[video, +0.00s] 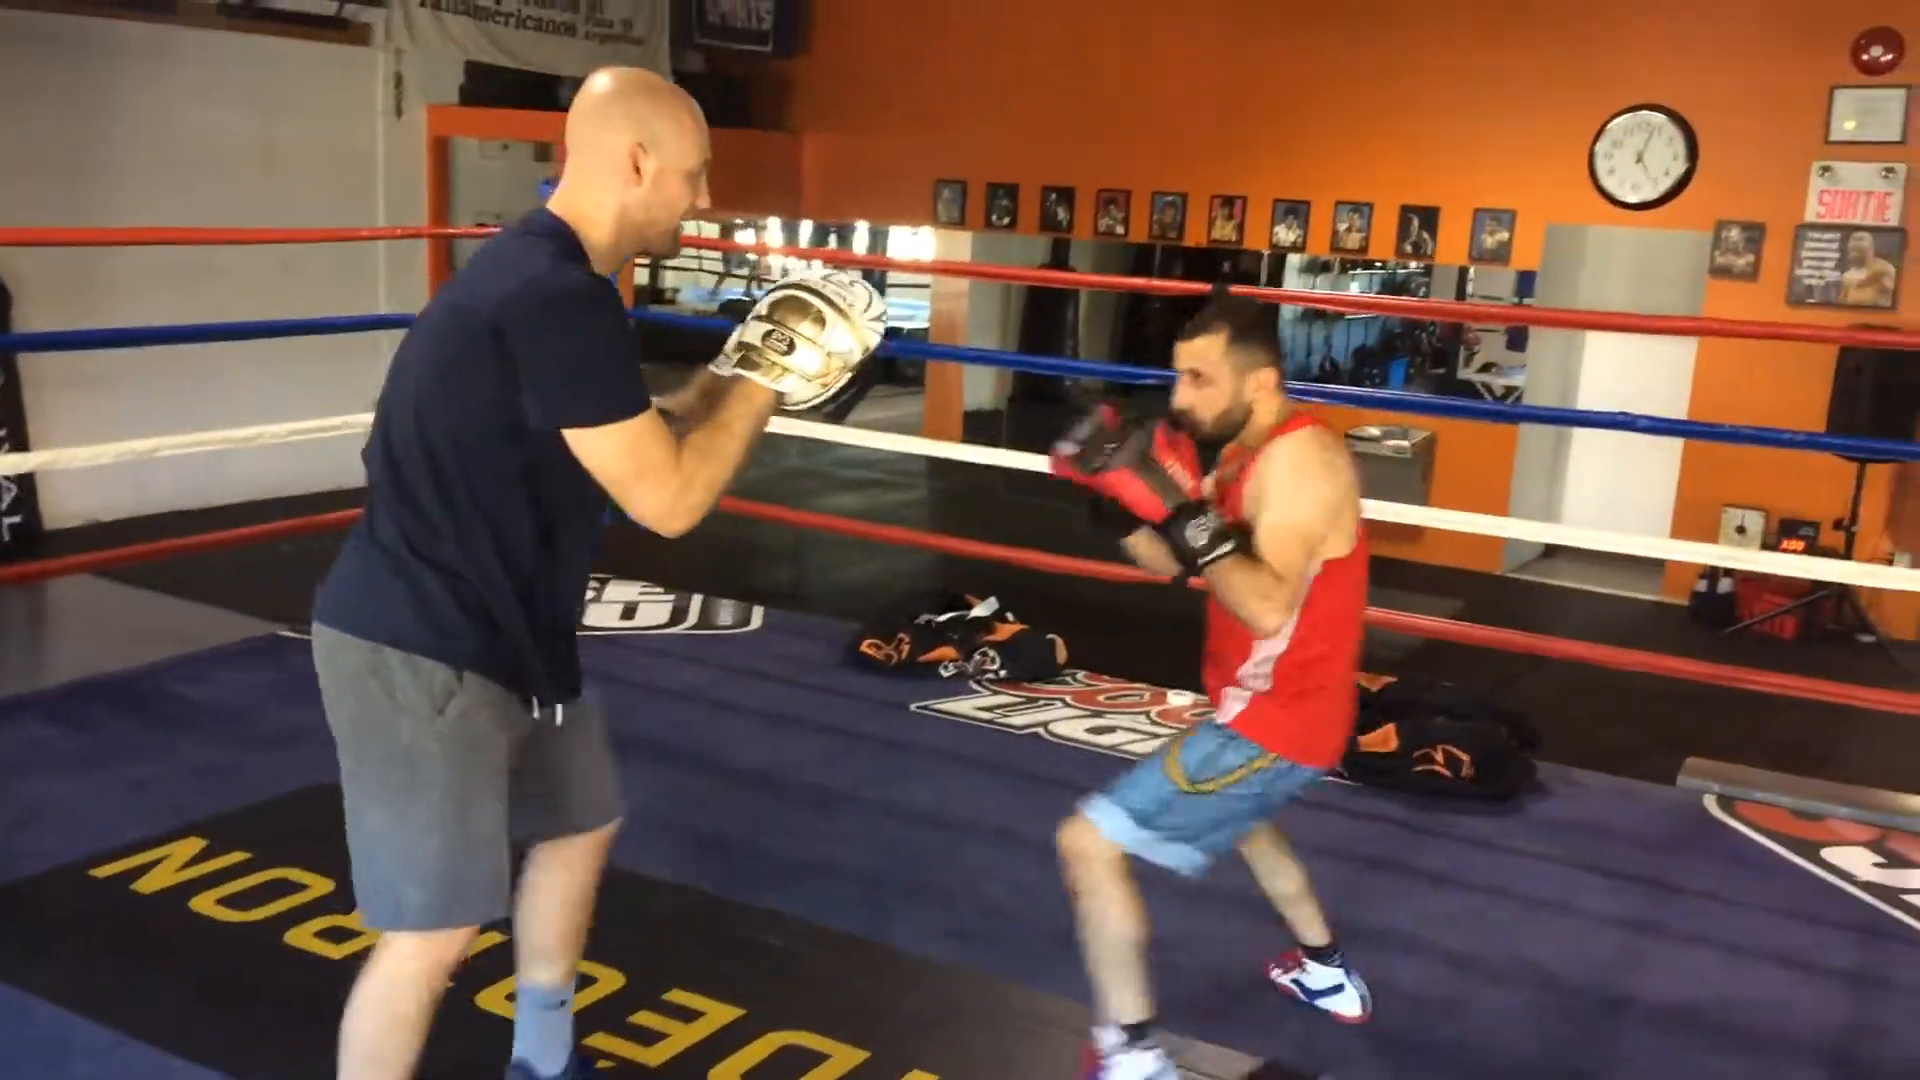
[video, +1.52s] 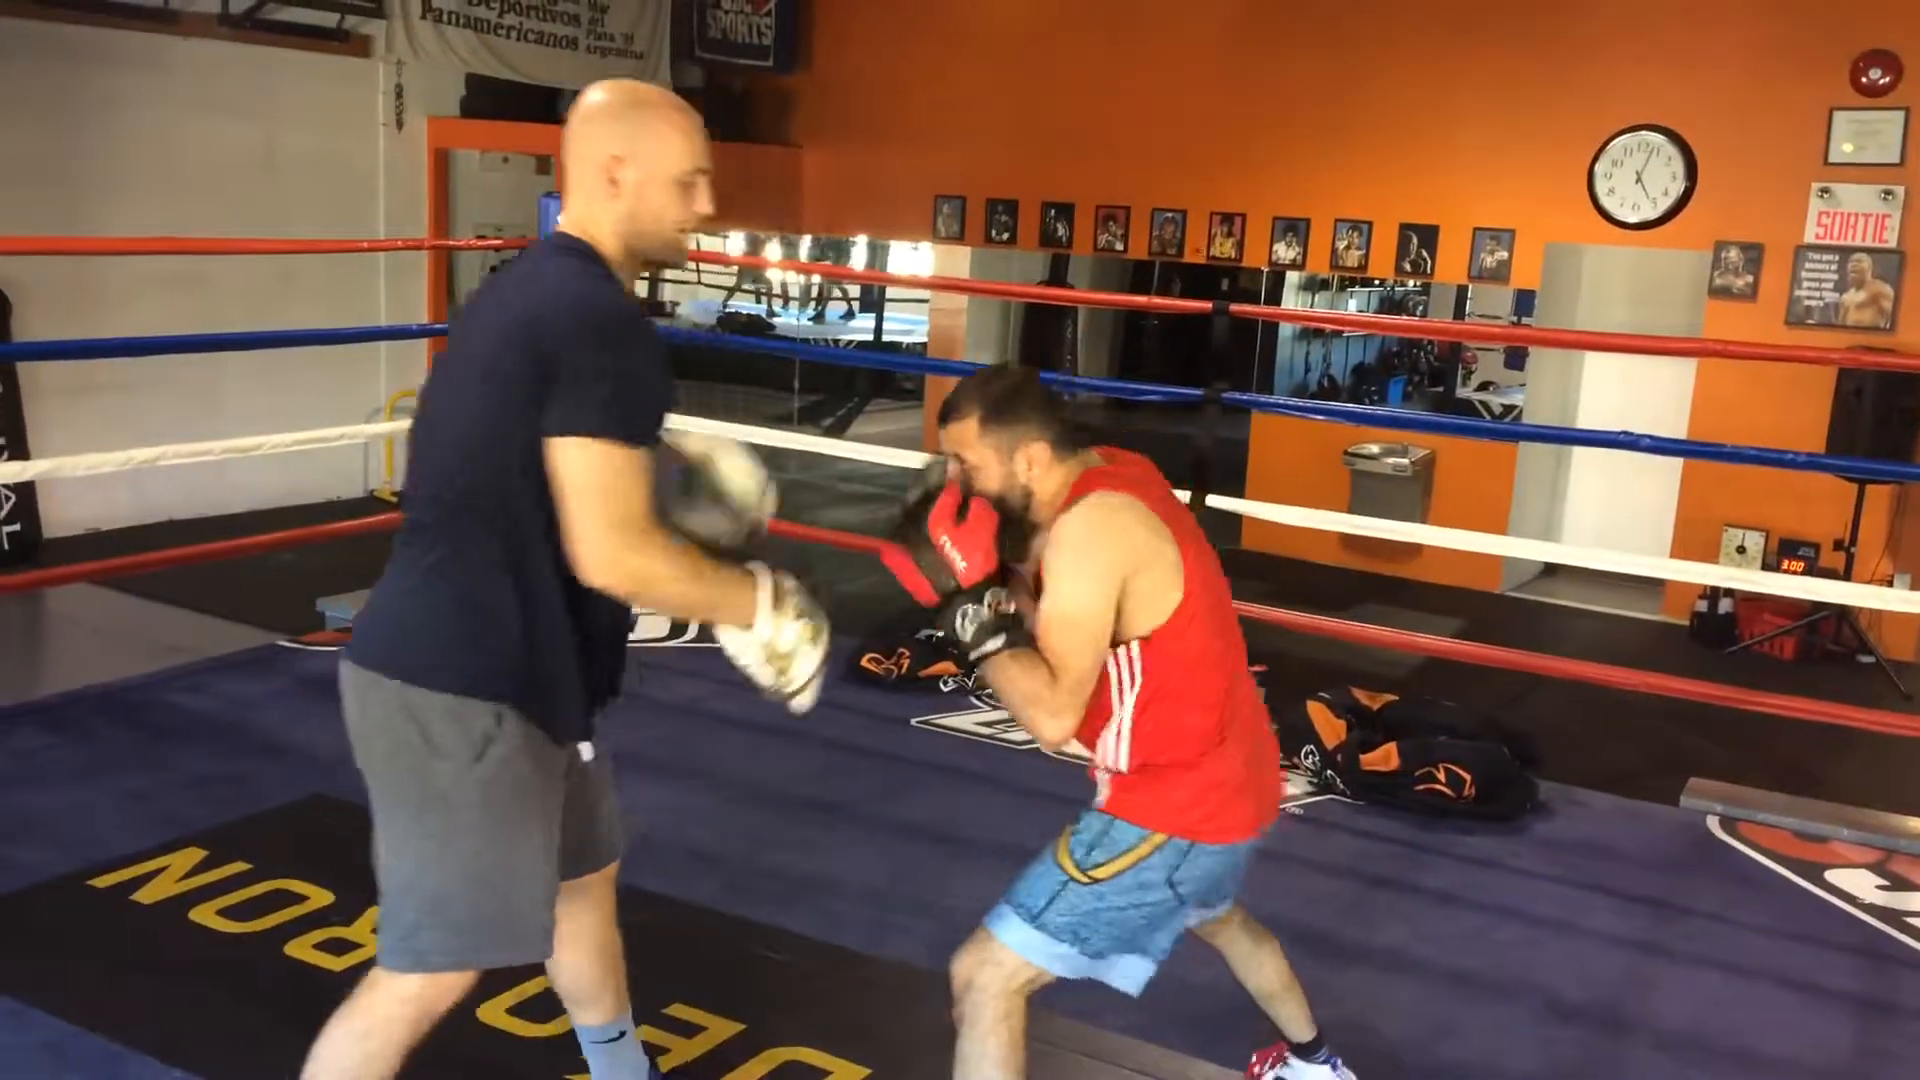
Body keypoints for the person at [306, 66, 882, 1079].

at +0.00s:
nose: (700, 202)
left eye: (702, 179)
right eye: (693, 176)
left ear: (615, 162)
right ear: (633, 164)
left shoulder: (548, 276)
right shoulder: (549, 293)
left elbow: (630, 452)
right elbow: (670, 500)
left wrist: (739, 367)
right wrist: (768, 379)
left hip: (509, 634)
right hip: (413, 642)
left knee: (578, 819)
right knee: (431, 925)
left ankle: (541, 1062)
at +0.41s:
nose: (736, 248)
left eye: (739, 223)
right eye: (729, 220)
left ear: (652, 206)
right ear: (666, 205)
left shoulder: (598, 326)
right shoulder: (571, 332)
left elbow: (580, 524)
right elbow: (590, 582)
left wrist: (691, 469)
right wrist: (699, 505)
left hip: (516, 646)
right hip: (412, 655)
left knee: (596, 839)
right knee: (455, 942)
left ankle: (590, 1068)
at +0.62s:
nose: (749, 242)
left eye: (752, 216)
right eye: (744, 212)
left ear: (658, 198)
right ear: (684, 198)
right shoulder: (625, 316)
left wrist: (759, 489)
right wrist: (785, 455)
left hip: (516, 647)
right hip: (441, 651)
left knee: (581, 838)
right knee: (453, 939)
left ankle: (595, 1069)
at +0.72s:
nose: (767, 244)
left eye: (768, 222)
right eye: (757, 219)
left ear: (679, 205)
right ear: (692, 209)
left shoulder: (561, 296)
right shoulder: (671, 331)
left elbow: (531, 462)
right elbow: (865, 441)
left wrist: (651, 558)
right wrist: (1015, 441)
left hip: (518, 655)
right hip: (446, 661)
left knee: (575, 849)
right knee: (463, 950)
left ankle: (594, 1067)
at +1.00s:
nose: (819, 260)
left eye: (823, 237)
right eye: (810, 233)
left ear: (726, 218)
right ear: (743, 216)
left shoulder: (641, 296)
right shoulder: (701, 327)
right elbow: (815, 405)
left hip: (566, 644)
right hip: (489, 650)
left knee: (609, 848)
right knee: (507, 934)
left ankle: (613, 1068)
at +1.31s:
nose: (789, 242)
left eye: (793, 219)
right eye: (779, 215)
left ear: (698, 198)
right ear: (713, 196)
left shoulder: (585, 297)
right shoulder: (704, 328)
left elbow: (599, 469)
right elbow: (772, 539)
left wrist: (740, 520)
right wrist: (808, 516)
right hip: (505, 659)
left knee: (610, 846)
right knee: (511, 945)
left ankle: (618, 1067)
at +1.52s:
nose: (706, 206)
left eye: (705, 182)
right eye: (689, 180)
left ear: (606, 178)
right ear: (613, 175)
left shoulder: (525, 290)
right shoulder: (593, 315)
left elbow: (530, 447)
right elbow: (613, 549)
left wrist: (668, 457)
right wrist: (764, 602)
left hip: (518, 677)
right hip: (453, 685)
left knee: (579, 876)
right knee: (438, 954)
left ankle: (622, 1071)